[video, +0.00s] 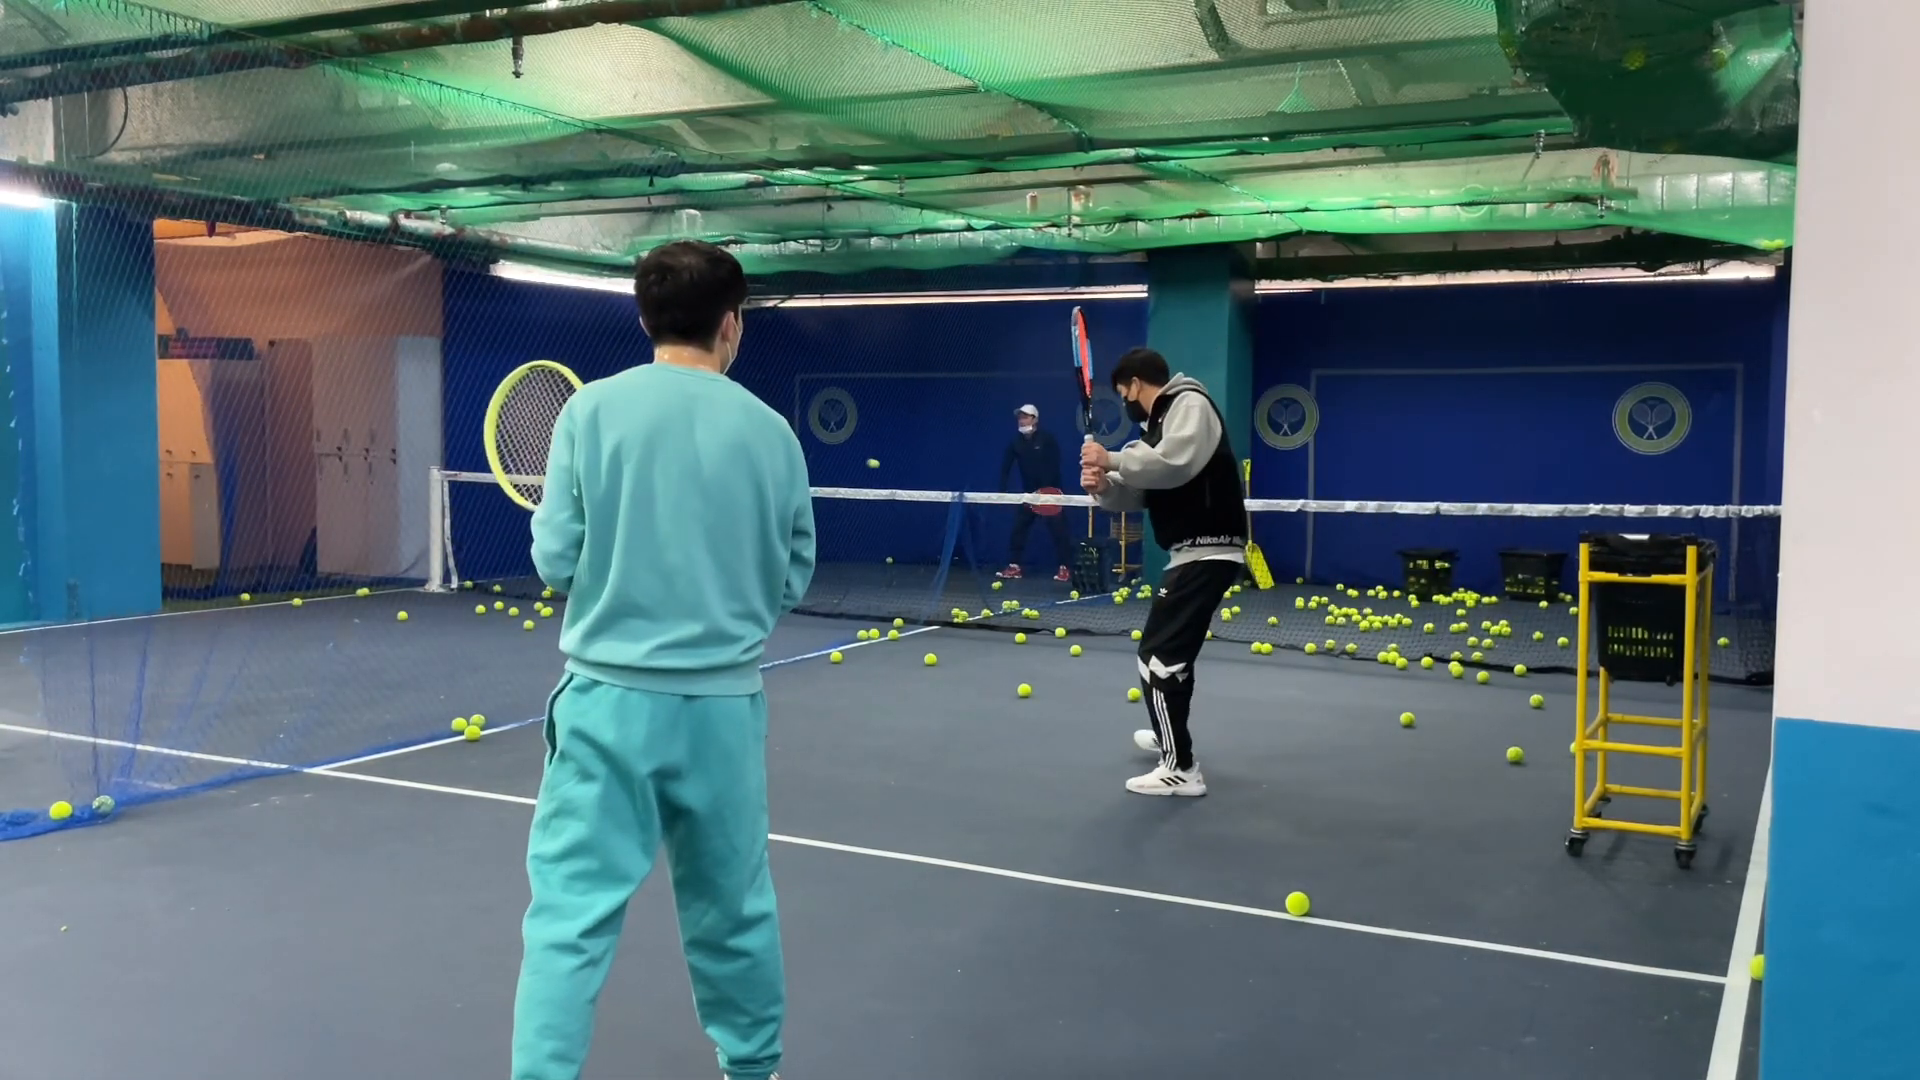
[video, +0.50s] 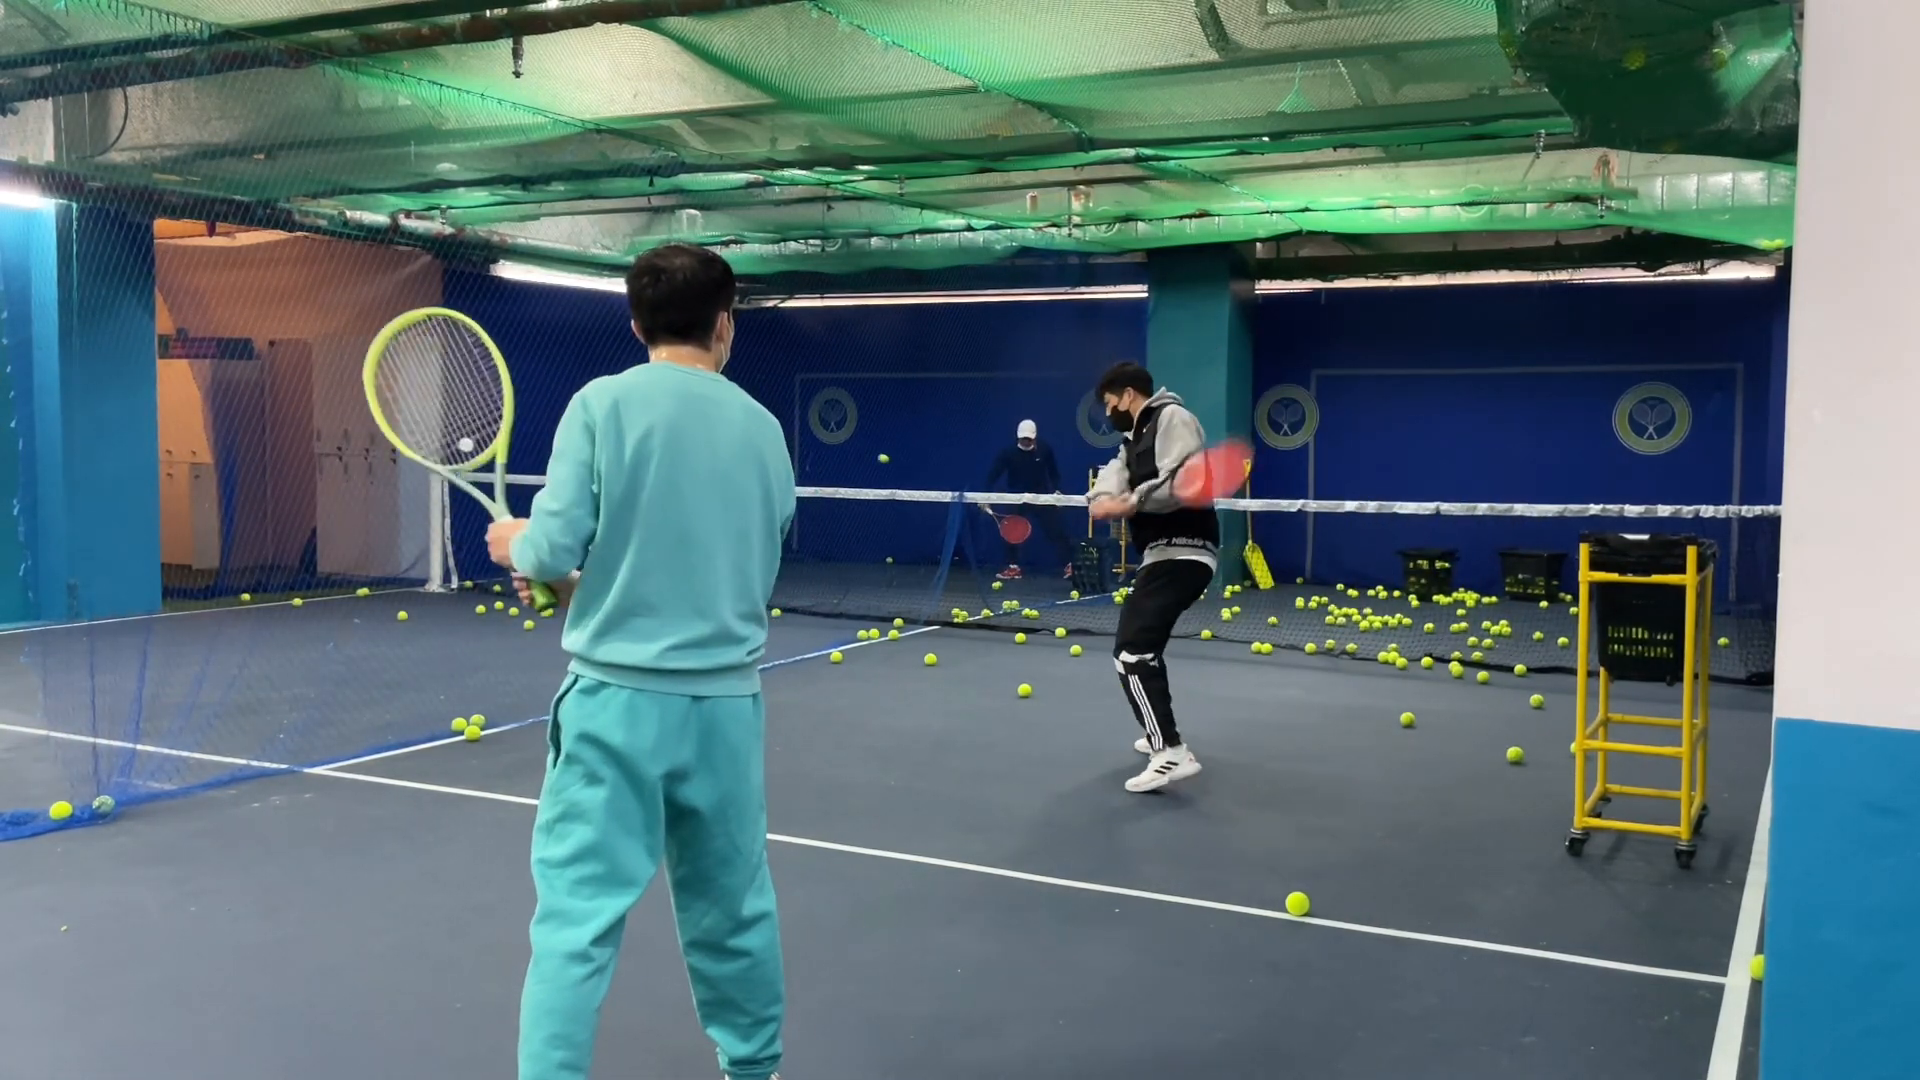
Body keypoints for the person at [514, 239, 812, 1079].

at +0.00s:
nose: (741, 327)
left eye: (737, 315)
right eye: (740, 315)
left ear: (645, 323)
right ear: (728, 323)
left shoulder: (591, 412)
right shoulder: (771, 432)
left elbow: (554, 557)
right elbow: (793, 575)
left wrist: (631, 548)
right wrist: (716, 590)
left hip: (607, 707)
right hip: (724, 711)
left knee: (570, 913)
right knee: (733, 906)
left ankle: (542, 1071)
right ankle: (751, 1065)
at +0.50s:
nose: (736, 327)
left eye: (730, 314)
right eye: (734, 315)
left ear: (641, 324)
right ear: (722, 321)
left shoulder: (600, 406)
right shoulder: (762, 428)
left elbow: (557, 550)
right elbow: (756, 557)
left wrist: (515, 544)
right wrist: (594, 571)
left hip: (612, 707)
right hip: (726, 711)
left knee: (576, 920)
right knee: (733, 909)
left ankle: (549, 1071)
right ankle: (752, 1065)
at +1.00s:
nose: (582, 323)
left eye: (583, 312)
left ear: (587, 323)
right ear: (680, 327)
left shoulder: (602, 399)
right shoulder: (692, 415)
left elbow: (575, 513)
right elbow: (573, 533)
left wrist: (444, 473)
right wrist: (451, 519)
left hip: (612, 710)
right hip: (702, 707)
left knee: (577, 932)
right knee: (711, 900)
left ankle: (564, 1071)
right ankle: (751, 1063)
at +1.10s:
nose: (564, 322)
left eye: (564, 311)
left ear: (571, 323)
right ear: (665, 325)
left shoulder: (600, 399)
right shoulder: (674, 413)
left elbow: (592, 519)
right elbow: (571, 536)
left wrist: (456, 483)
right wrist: (453, 525)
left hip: (608, 710)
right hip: (692, 706)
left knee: (572, 932)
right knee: (705, 901)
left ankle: (561, 1070)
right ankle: (748, 1064)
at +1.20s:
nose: (548, 321)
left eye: (548, 311)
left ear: (555, 321)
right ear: (646, 321)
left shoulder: (592, 398)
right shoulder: (661, 413)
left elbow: (600, 527)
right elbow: (561, 546)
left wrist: (460, 489)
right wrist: (450, 530)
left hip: (599, 710)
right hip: (684, 706)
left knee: (565, 937)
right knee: (698, 898)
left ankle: (560, 1070)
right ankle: (746, 1062)